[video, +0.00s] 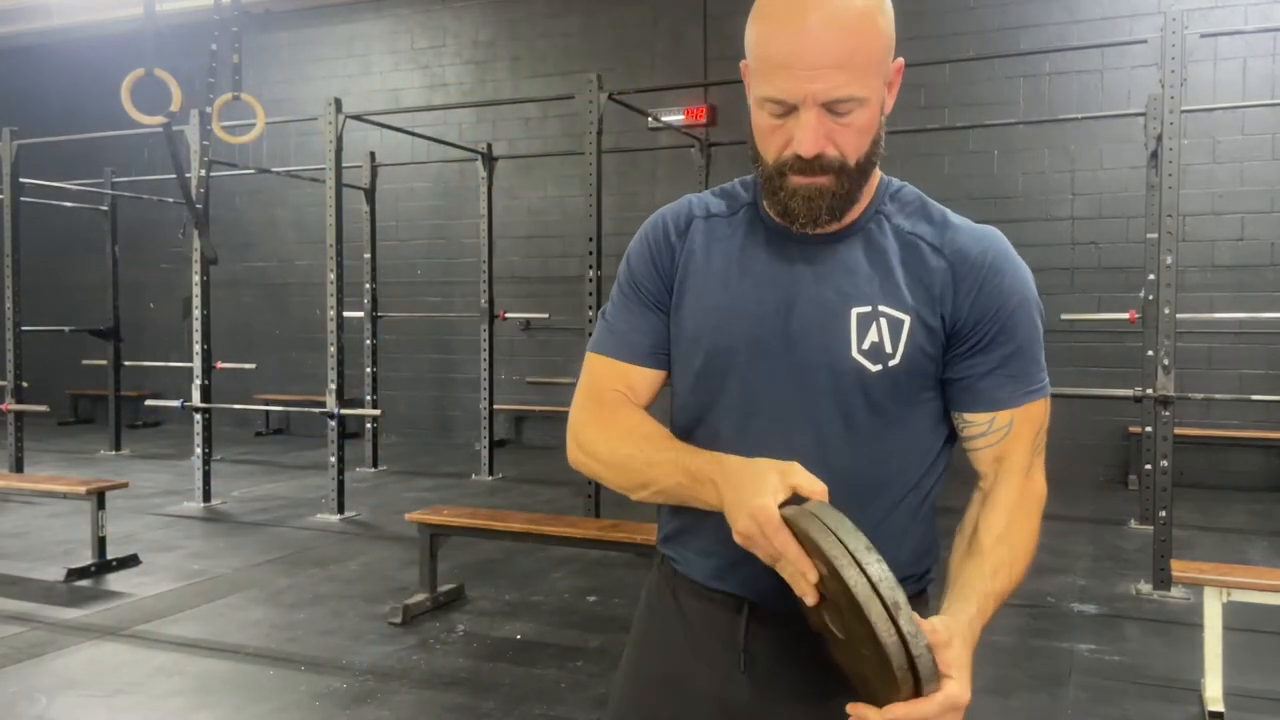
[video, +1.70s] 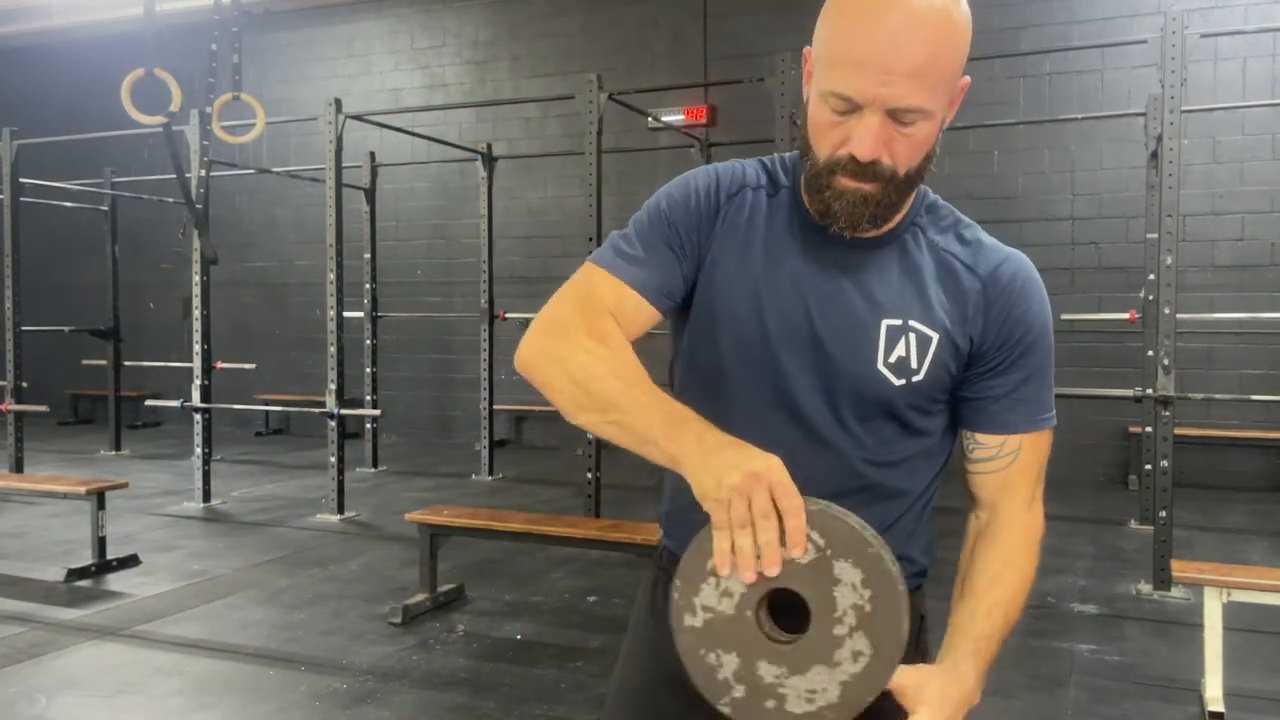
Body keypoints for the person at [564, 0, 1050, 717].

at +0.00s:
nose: (807, 142)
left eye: (840, 108)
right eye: (779, 109)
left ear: (891, 88)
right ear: (746, 84)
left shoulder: (970, 269)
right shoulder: (676, 243)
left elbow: (1014, 475)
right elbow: (595, 428)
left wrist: (958, 624)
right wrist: (721, 478)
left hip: (870, 658)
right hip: (688, 636)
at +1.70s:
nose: (866, 146)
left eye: (904, 117)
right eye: (843, 105)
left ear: (953, 104)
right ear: (805, 76)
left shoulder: (994, 289)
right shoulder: (709, 209)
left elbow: (1007, 508)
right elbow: (557, 343)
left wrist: (959, 672)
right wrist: (709, 455)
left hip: (873, 626)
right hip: (691, 607)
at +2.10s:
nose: (848, 151)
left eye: (889, 123)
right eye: (828, 106)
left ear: (946, 107)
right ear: (798, 68)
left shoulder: (987, 286)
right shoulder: (698, 210)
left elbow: (1015, 498)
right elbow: (508, 309)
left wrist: (1041, 699)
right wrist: (605, 476)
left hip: (860, 643)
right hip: (683, 628)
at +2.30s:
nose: (835, 141)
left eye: (871, 112)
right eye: (813, 98)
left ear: (912, 100)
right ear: (771, 65)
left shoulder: (947, 273)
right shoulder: (662, 221)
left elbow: (979, 469)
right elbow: (489, 355)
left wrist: (1026, 667)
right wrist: (546, 535)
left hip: (845, 637)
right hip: (662, 624)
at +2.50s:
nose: (774, 158)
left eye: (806, 131)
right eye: (753, 117)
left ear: (831, 127)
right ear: (701, 84)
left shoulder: (846, 270)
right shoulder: (589, 242)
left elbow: (869, 437)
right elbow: (462, 428)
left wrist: (933, 607)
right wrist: (505, 623)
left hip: (788, 627)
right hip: (620, 626)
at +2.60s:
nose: (741, 168)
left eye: (772, 140)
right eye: (720, 127)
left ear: (797, 132)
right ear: (666, 88)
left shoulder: (801, 265)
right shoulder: (556, 246)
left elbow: (810, 421)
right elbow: (450, 443)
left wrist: (871, 585)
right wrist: (490, 647)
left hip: (755, 619)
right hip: (594, 624)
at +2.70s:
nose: (725, 172)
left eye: (755, 147)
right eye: (706, 133)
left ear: (780, 135)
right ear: (651, 92)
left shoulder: (761, 257)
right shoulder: (535, 249)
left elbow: (763, 413)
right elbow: (444, 464)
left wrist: (810, 565)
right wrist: (483, 667)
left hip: (730, 609)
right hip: (576, 620)